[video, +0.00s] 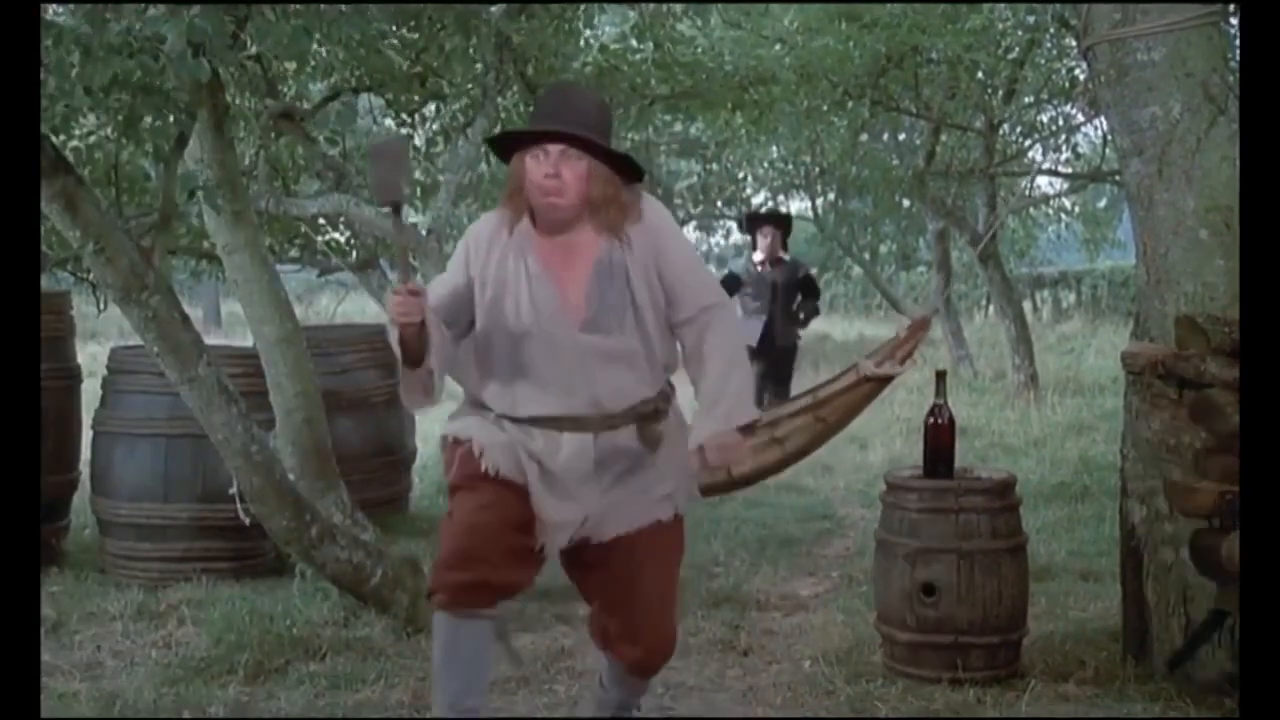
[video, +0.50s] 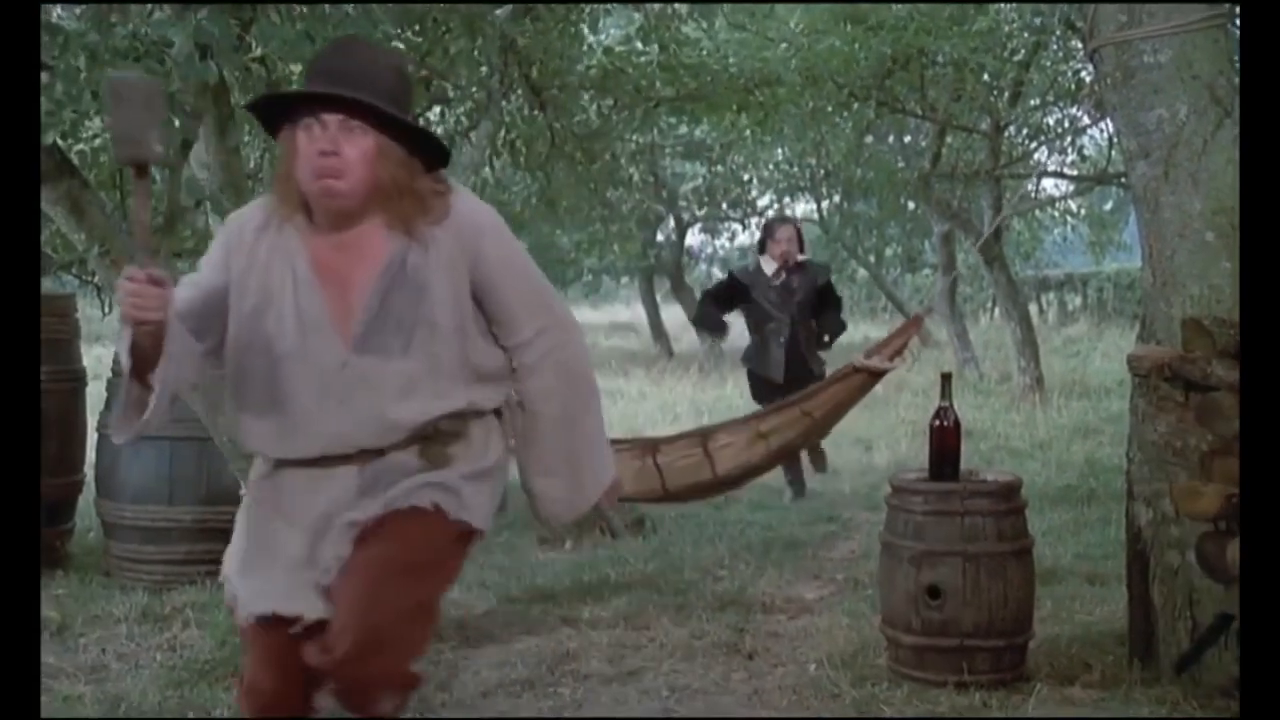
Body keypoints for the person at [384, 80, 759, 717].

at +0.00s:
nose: (551, 169)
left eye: (570, 155)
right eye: (538, 153)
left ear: (600, 170)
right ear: (517, 166)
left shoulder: (644, 228)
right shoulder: (489, 239)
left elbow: (710, 318)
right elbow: (433, 345)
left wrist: (723, 418)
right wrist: (413, 328)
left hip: (630, 455)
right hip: (508, 443)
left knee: (644, 641)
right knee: (465, 569)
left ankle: (617, 705)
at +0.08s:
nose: (528, 172)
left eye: (547, 158)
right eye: (514, 155)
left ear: (579, 172)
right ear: (492, 169)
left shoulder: (626, 231)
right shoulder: (463, 248)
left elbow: (694, 320)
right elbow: (408, 357)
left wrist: (697, 416)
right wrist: (386, 335)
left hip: (612, 466)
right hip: (486, 459)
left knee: (643, 653)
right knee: (427, 600)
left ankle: (613, 702)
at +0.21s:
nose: (458, 176)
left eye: (479, 161)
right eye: (443, 159)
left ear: (514, 177)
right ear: (419, 173)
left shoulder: (563, 244)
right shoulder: (384, 259)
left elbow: (643, 338)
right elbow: (333, 405)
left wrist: (656, 450)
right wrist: (307, 359)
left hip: (555, 492)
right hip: (414, 491)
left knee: (620, 669)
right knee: (348, 631)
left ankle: (618, 702)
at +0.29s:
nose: (406, 166)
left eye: (428, 151)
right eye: (392, 149)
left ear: (466, 171)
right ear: (369, 165)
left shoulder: (517, 246)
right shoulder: (331, 251)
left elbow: (589, 358)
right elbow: (272, 369)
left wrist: (623, 479)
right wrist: (242, 348)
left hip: (504, 499)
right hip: (365, 495)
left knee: (556, 691)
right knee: (318, 651)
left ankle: (598, 702)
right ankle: (358, 705)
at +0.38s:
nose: (378, 157)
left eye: (401, 142)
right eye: (364, 140)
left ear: (439, 162)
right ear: (340, 156)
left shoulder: (495, 241)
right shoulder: (302, 247)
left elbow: (573, 359)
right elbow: (241, 366)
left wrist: (600, 486)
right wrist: (206, 337)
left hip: (474, 499)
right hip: (337, 499)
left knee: (484, 681)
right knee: (302, 672)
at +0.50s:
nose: (327, 144)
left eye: (351, 127)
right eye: (312, 126)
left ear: (392, 147)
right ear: (288, 143)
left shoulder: (458, 226)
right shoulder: (252, 235)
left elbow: (547, 341)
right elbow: (188, 350)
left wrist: (570, 474)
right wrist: (149, 325)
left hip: (430, 471)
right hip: (294, 482)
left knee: (361, 647)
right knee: (268, 684)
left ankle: (380, 703)